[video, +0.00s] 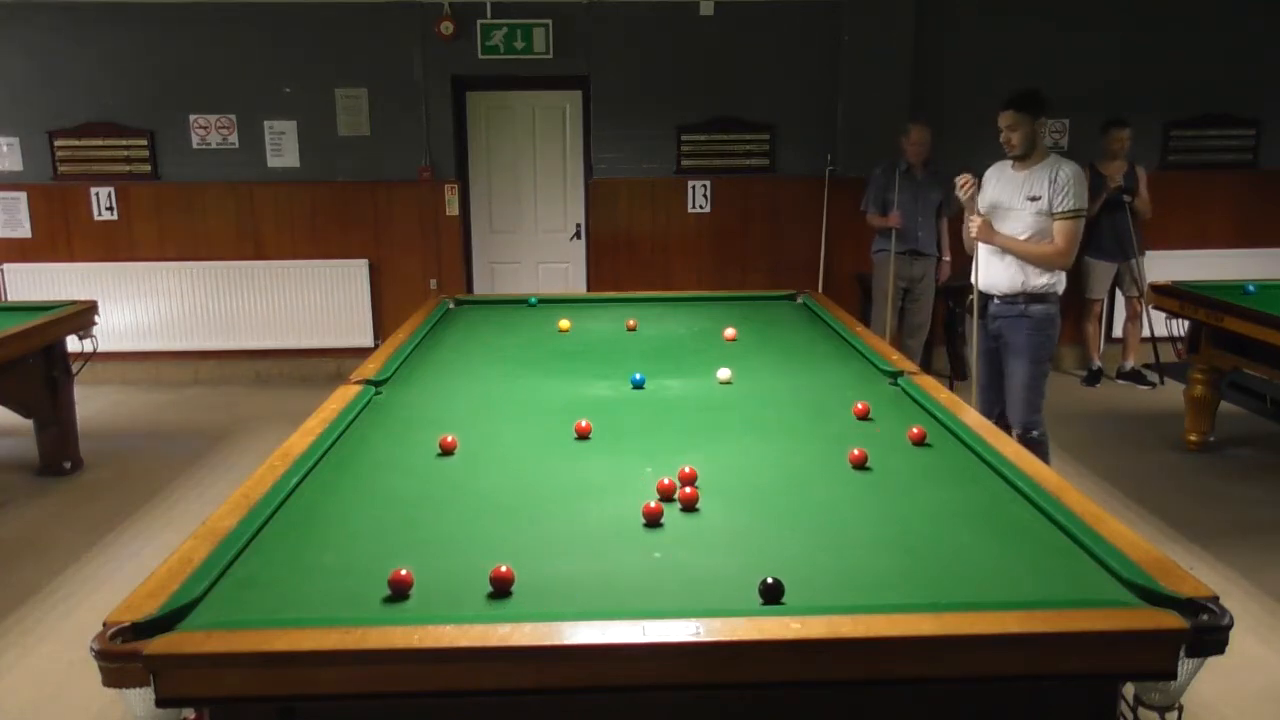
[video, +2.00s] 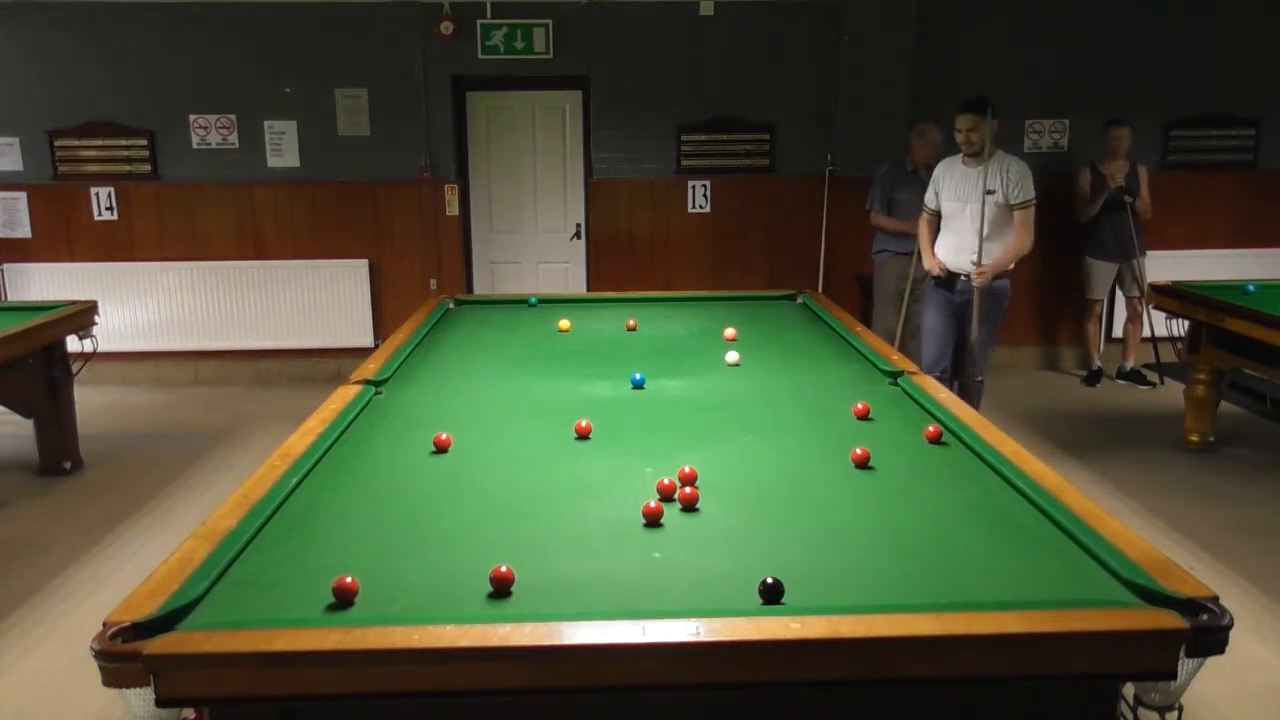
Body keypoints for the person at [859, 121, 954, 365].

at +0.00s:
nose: (919, 149)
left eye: (923, 144)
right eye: (914, 144)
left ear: (930, 146)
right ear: (903, 144)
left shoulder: (936, 178)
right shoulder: (885, 174)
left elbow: (942, 219)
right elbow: (871, 217)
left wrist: (945, 257)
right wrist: (886, 222)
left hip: (926, 259)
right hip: (890, 257)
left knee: (917, 329)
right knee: (884, 325)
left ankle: (908, 384)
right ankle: (878, 380)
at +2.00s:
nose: (935, 153)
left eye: (938, 148)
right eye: (931, 147)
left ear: (940, 148)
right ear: (915, 144)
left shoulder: (937, 178)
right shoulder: (891, 173)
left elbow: (944, 217)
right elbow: (875, 217)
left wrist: (932, 231)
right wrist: (913, 227)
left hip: (926, 259)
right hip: (893, 258)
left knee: (917, 328)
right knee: (887, 327)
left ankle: (913, 385)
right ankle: (879, 383)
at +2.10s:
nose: (932, 154)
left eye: (936, 149)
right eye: (927, 148)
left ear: (940, 148)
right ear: (913, 144)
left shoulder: (939, 178)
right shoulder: (891, 173)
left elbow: (946, 218)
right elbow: (876, 217)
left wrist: (933, 232)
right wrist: (913, 226)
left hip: (925, 260)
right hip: (893, 258)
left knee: (917, 329)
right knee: (886, 327)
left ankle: (912, 388)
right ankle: (878, 384)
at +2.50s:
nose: (922, 150)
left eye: (927, 145)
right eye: (917, 145)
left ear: (932, 149)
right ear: (907, 146)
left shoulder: (938, 180)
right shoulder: (890, 174)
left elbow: (945, 218)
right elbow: (871, 217)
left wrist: (929, 245)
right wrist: (905, 240)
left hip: (925, 258)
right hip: (891, 256)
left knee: (918, 324)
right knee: (886, 322)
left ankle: (909, 382)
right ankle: (879, 378)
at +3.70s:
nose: (852, 165)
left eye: (857, 160)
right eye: (848, 160)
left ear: (869, 156)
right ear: (842, 157)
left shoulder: (890, 178)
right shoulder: (838, 179)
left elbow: (907, 215)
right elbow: (828, 223)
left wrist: (900, 254)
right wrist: (819, 263)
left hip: (883, 260)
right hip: (849, 260)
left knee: (882, 321)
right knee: (853, 319)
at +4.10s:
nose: (825, 171)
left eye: (829, 166)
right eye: (820, 166)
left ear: (843, 159)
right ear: (817, 163)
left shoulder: (869, 179)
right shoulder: (822, 182)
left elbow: (890, 219)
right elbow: (821, 222)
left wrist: (861, 241)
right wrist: (818, 260)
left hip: (863, 264)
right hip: (834, 264)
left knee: (862, 323)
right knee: (837, 320)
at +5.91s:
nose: (615, 167)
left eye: (618, 162)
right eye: (614, 162)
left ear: (634, 154)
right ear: (632, 155)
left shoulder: (659, 176)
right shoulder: (643, 178)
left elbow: (665, 225)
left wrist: (632, 251)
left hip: (666, 268)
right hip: (651, 265)